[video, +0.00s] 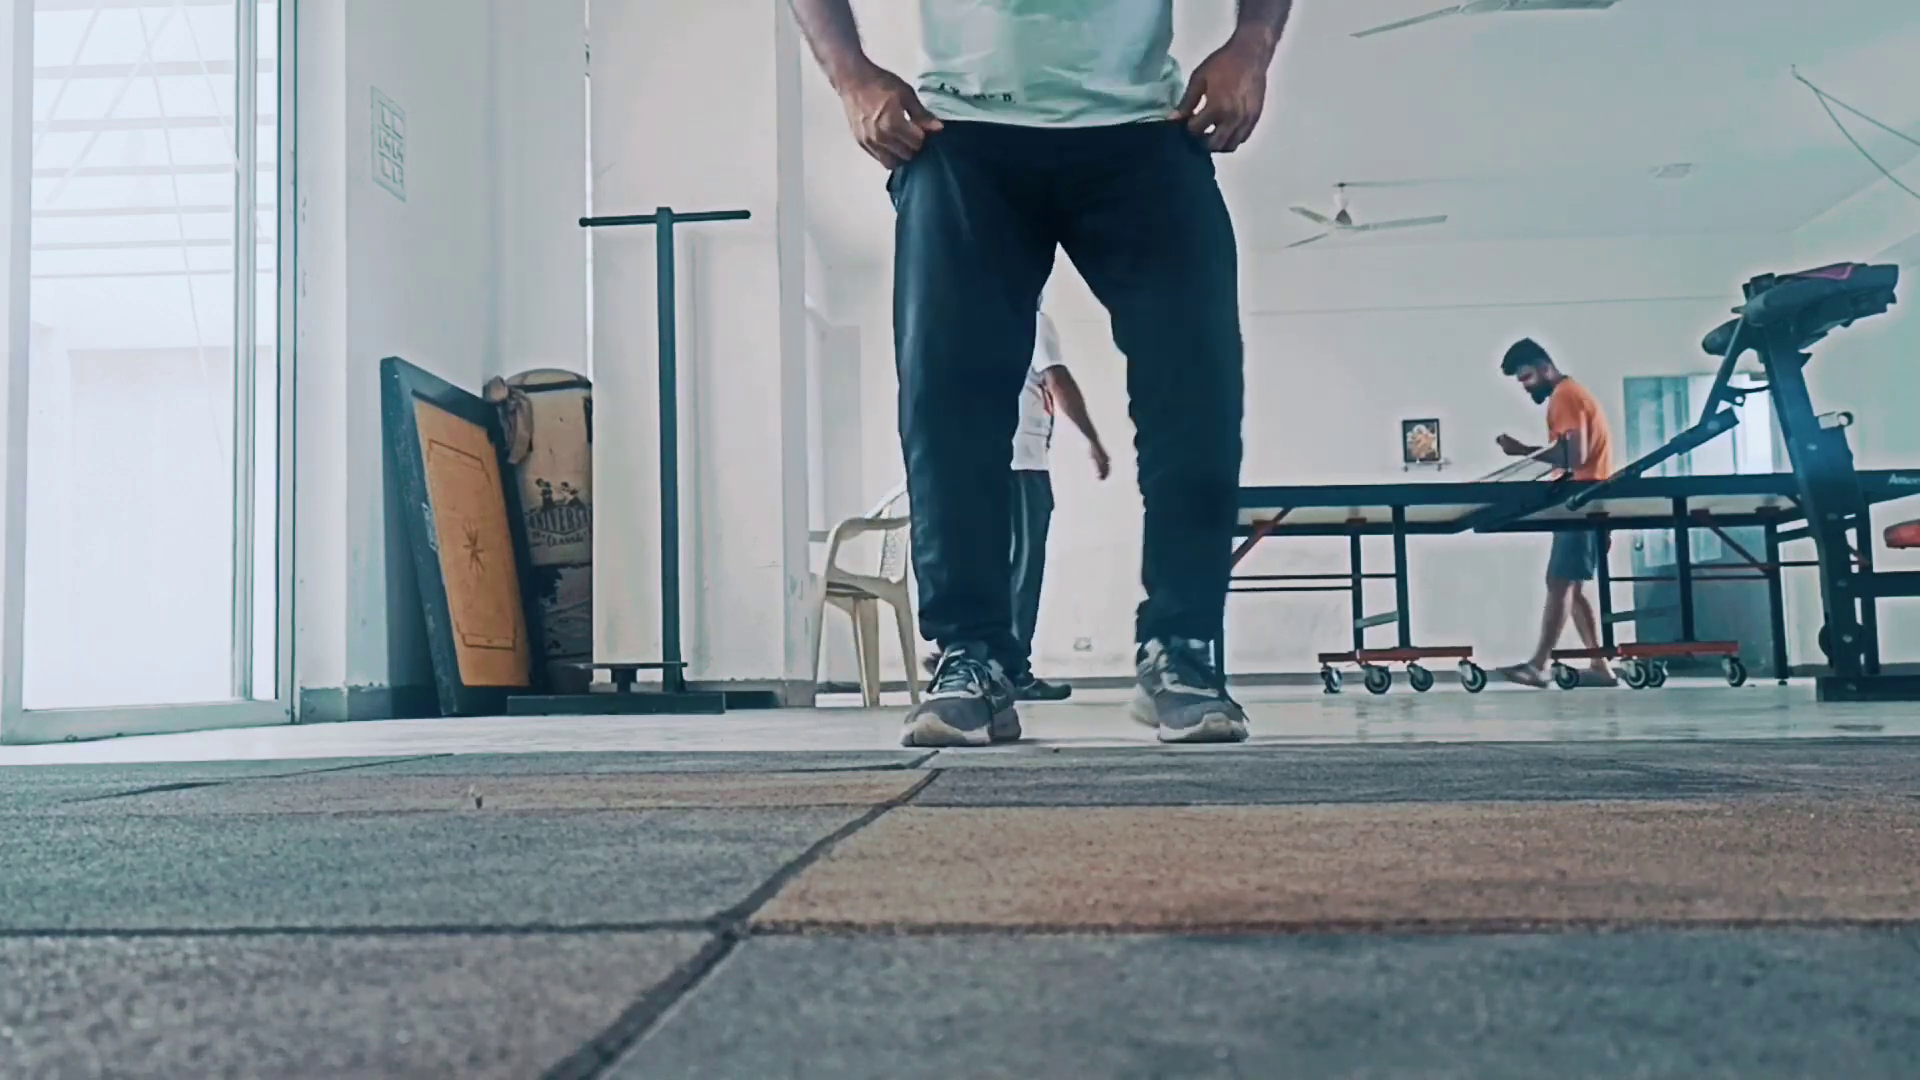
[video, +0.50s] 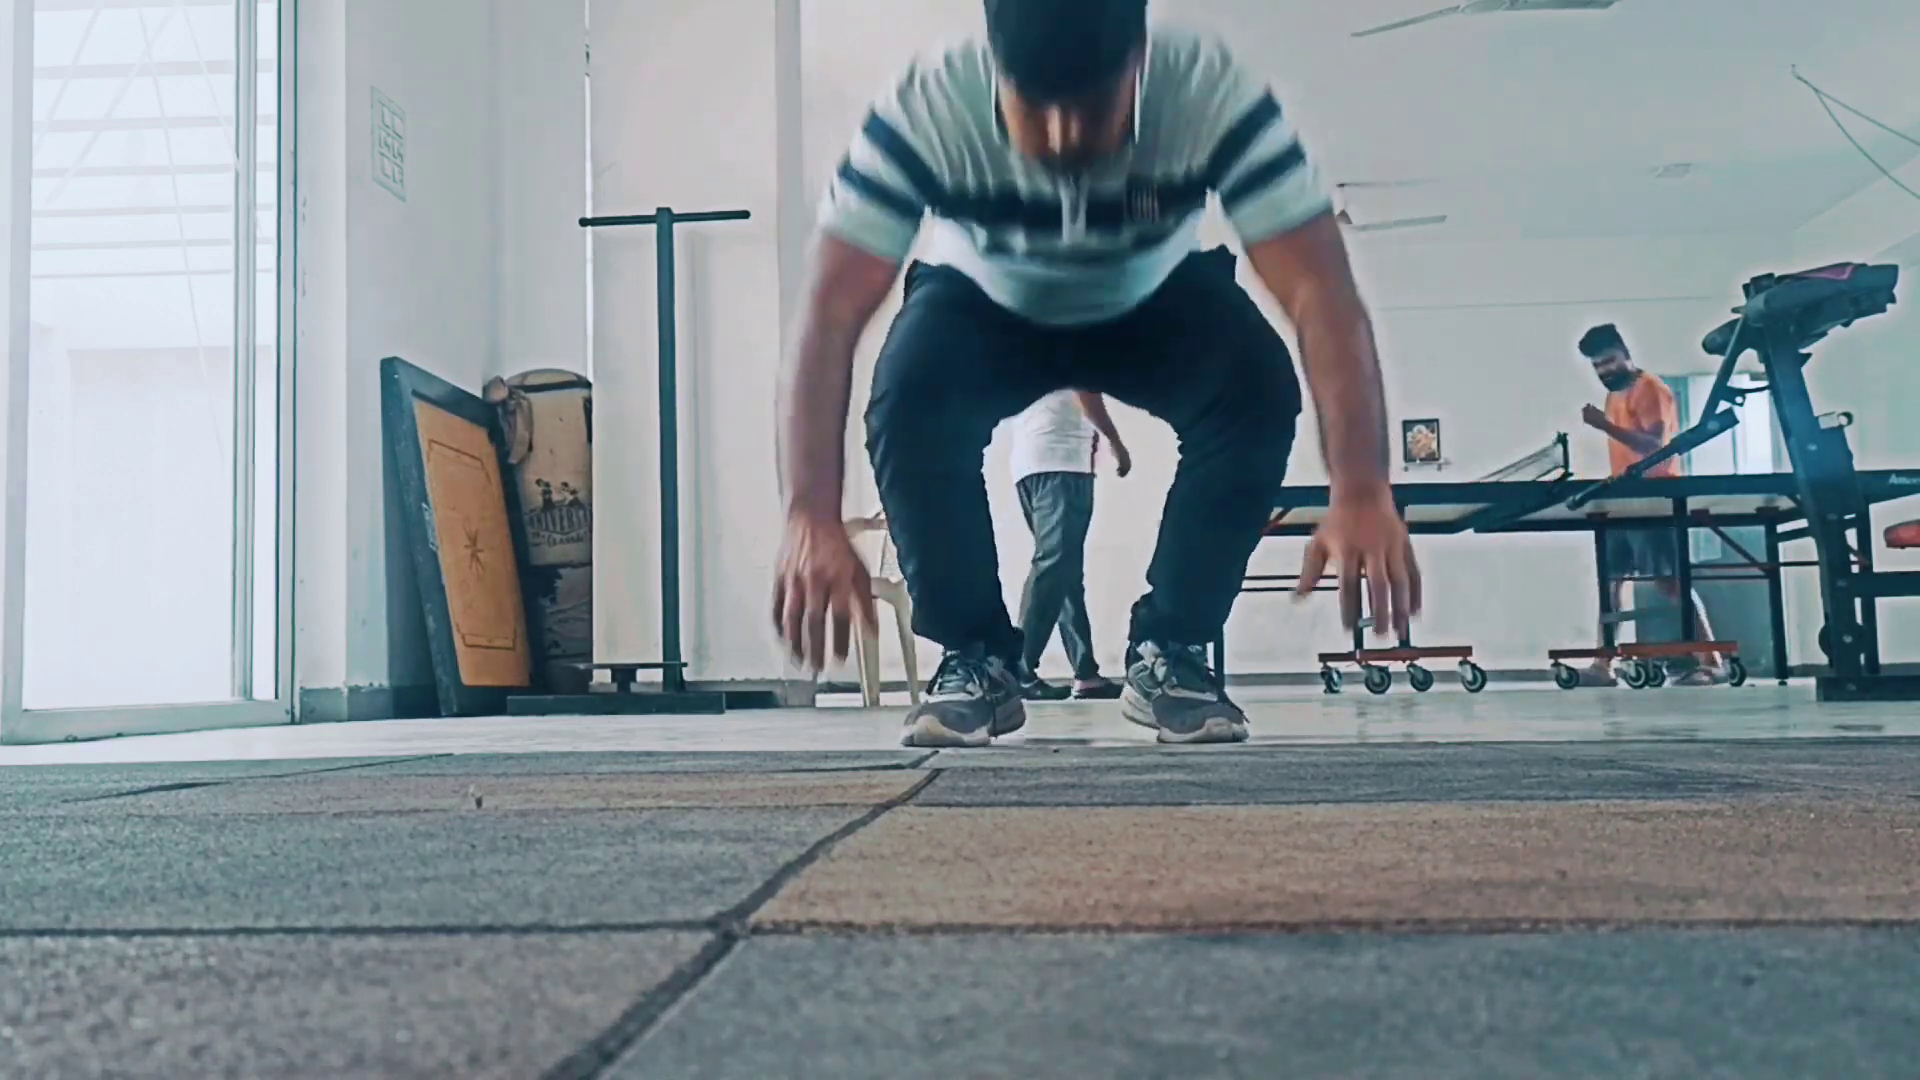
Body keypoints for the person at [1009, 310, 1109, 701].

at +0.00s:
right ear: (1027, 281)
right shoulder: (1032, 316)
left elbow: (1048, 380)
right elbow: (1057, 380)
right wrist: (1093, 439)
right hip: (1023, 460)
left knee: (991, 556)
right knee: (1027, 563)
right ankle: (1015, 666)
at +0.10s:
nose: (1055, 283)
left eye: (1050, 275)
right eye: (1051, 276)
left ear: (1015, 284)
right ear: (1044, 283)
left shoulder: (989, 321)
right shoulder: (1045, 321)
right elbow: (1074, 379)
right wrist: (1114, 423)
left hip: (995, 460)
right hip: (1032, 461)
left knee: (1000, 559)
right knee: (1031, 565)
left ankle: (1001, 663)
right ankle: (1016, 666)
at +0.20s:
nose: (1061, 284)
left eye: (1057, 275)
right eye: (1058, 277)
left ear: (1023, 282)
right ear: (1051, 284)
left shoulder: (998, 319)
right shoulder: (1048, 320)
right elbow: (1082, 380)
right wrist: (1125, 423)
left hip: (1002, 460)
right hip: (1034, 461)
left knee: (1009, 563)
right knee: (1033, 568)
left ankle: (1010, 666)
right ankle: (1020, 669)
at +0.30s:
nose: (1071, 289)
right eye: (1067, 283)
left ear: (1027, 289)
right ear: (1058, 288)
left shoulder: (1007, 324)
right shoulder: (1057, 323)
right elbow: (1087, 384)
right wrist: (1138, 431)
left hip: (1010, 455)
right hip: (1044, 455)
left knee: (1030, 565)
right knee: (1037, 565)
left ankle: (1065, 665)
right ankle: (1013, 667)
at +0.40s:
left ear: (1022, 309)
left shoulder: (1004, 341)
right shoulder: (1064, 333)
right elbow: (1084, 387)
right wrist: (1128, 434)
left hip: (1009, 463)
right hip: (1052, 456)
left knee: (1054, 566)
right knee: (1044, 565)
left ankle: (1082, 670)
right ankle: (1017, 669)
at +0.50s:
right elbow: (1087, 394)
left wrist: (1082, 438)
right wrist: (1116, 442)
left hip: (1028, 461)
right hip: (1061, 457)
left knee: (1067, 572)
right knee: (1053, 564)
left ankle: (1086, 674)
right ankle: (1021, 671)